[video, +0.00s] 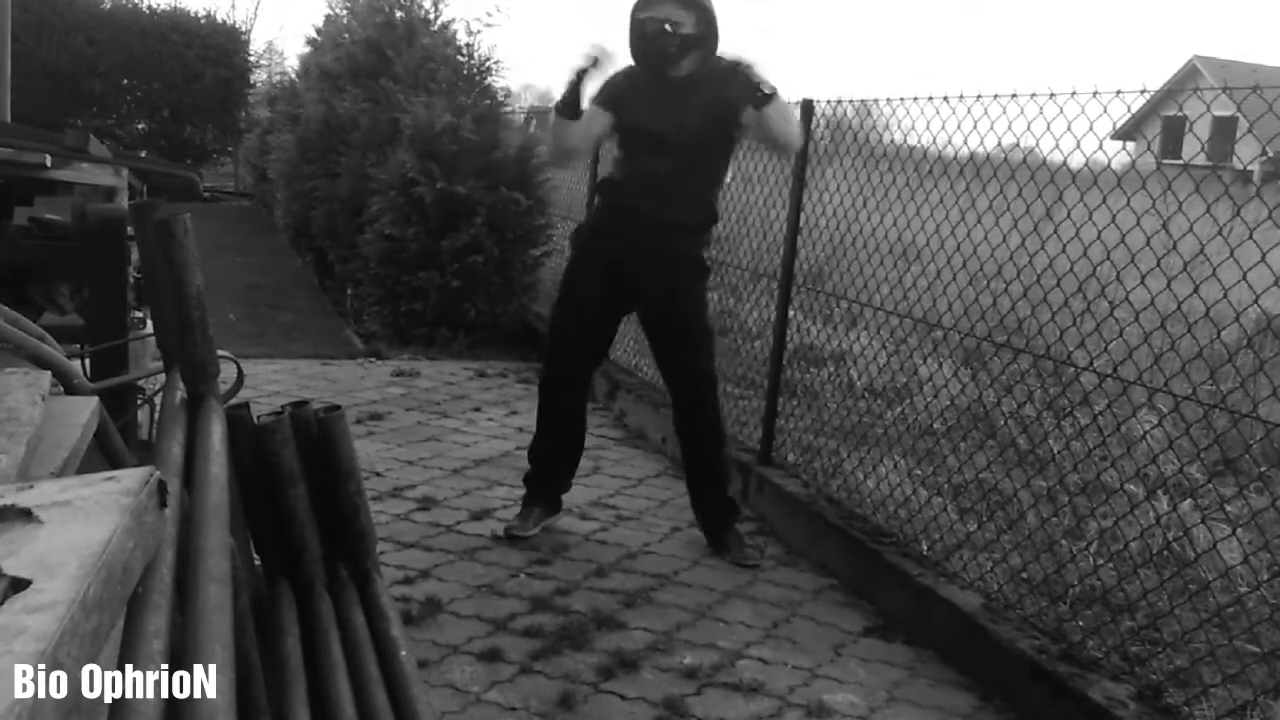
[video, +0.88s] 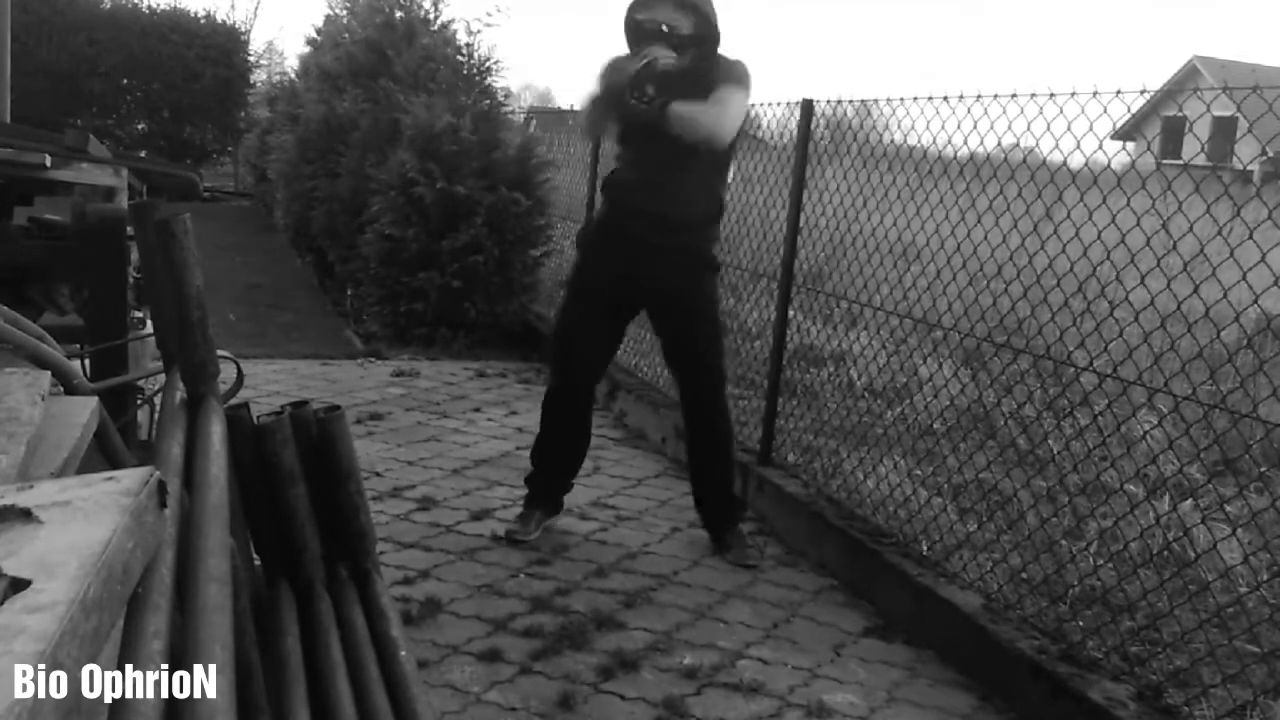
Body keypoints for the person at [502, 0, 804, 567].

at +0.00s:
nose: (661, 35)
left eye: (675, 24)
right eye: (649, 24)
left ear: (701, 33)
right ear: (636, 30)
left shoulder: (727, 84)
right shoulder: (626, 84)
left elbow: (792, 141)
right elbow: (563, 151)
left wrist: (760, 90)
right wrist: (572, 92)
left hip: (675, 259)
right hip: (605, 251)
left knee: (696, 393)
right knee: (563, 373)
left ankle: (720, 524)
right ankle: (541, 498)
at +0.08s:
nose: (658, 38)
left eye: (672, 28)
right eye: (647, 24)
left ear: (693, 32)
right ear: (628, 25)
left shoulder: (717, 75)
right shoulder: (605, 74)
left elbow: (799, 99)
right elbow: (514, 99)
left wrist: (764, 116)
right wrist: (549, 120)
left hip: (681, 257)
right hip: (605, 250)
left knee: (702, 393)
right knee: (565, 378)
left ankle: (724, 525)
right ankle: (544, 502)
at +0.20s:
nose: (657, 41)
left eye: (670, 34)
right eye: (647, 26)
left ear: (684, 39)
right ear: (623, 22)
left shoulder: (695, 76)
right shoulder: (585, 65)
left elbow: (768, 114)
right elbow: (490, 83)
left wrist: (813, 162)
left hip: (683, 257)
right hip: (607, 253)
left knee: (707, 386)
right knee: (571, 379)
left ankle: (728, 521)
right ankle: (546, 500)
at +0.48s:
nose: (641, 35)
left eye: (655, 24)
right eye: (629, 24)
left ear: (673, 31)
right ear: (609, 26)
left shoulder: (692, 80)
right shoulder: (588, 65)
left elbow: (709, 117)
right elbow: (509, 84)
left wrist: (735, 141)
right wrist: (416, 99)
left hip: (686, 253)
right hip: (609, 252)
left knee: (717, 379)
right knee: (574, 377)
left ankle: (733, 517)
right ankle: (545, 502)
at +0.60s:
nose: (643, 41)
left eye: (657, 29)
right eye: (631, 31)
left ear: (684, 35)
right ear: (619, 36)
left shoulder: (719, 78)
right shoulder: (614, 74)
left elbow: (655, 98)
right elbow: (557, 91)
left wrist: (603, 92)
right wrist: (538, 104)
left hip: (682, 255)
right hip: (608, 248)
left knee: (707, 387)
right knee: (571, 375)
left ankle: (725, 520)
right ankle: (542, 499)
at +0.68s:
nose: (657, 58)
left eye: (671, 45)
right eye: (648, 46)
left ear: (701, 44)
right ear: (638, 46)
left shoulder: (737, 92)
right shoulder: (633, 94)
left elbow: (657, 114)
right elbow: (614, 142)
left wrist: (575, 95)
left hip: (671, 270)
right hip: (604, 258)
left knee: (690, 401)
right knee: (570, 382)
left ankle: (722, 524)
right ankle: (541, 500)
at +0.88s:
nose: (656, 45)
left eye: (671, 33)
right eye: (645, 34)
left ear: (697, 35)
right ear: (632, 36)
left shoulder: (727, 75)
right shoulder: (631, 80)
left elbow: (717, 128)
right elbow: (593, 129)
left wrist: (648, 108)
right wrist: (613, 84)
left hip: (683, 256)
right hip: (612, 247)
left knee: (705, 391)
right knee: (571, 374)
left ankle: (724, 522)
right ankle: (542, 499)